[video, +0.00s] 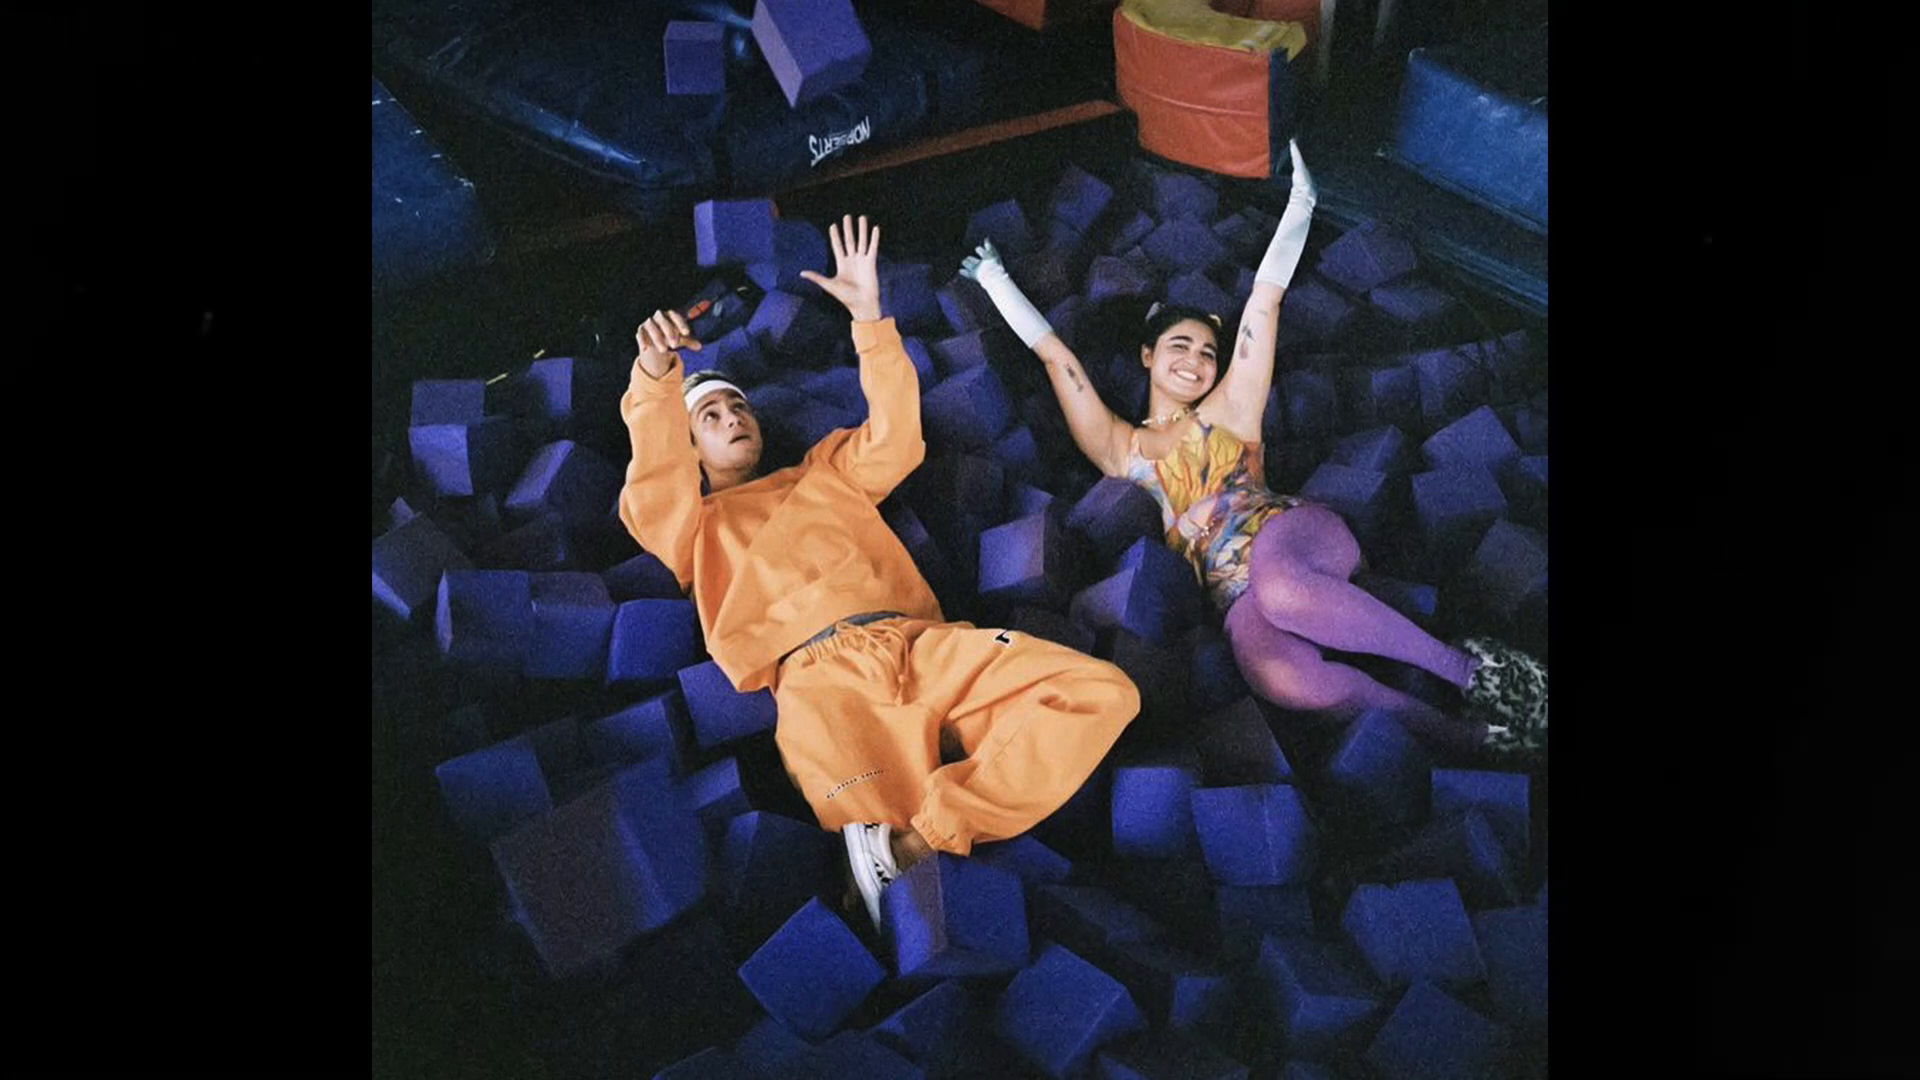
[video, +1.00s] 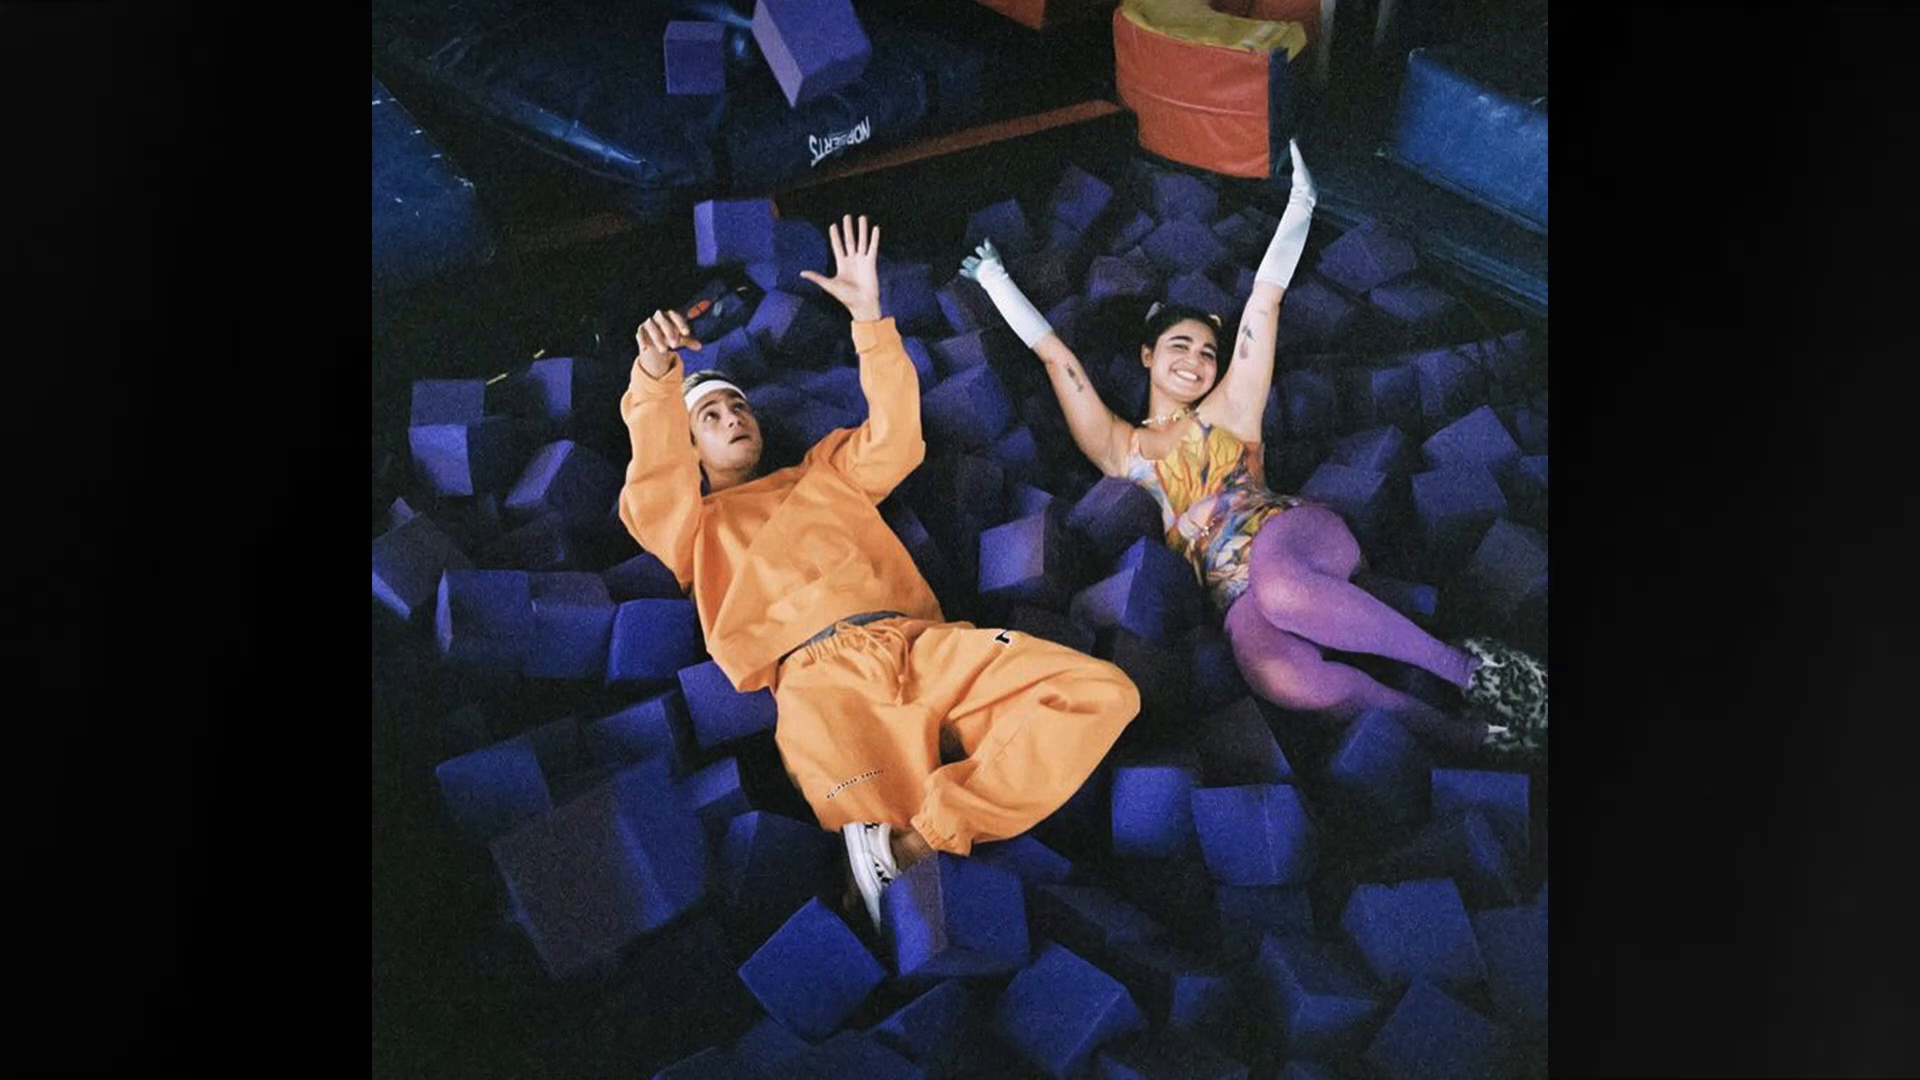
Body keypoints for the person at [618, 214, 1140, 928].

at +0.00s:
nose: (730, 418)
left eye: (738, 407)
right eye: (709, 415)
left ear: (761, 426)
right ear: (688, 449)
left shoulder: (827, 468)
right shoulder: (696, 525)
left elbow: (895, 435)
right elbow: (654, 477)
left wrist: (868, 317)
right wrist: (655, 374)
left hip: (917, 640)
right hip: (819, 673)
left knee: (1094, 693)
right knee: (880, 827)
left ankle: (915, 841)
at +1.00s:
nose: (730, 418)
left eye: (738, 407)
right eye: (709, 415)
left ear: (761, 426)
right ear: (688, 449)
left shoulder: (827, 468)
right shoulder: (696, 525)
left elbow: (895, 435)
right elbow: (654, 477)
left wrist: (868, 316)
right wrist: (655, 374)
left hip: (917, 640)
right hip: (819, 673)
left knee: (1094, 693)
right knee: (880, 826)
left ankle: (915, 841)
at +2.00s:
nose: (730, 418)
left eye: (738, 407)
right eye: (709, 415)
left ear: (761, 426)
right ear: (688, 448)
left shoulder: (827, 468)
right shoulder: (695, 525)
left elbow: (895, 436)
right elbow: (654, 477)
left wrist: (868, 317)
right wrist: (655, 373)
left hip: (918, 640)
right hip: (819, 673)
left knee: (1094, 692)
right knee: (880, 827)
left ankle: (917, 841)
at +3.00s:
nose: (731, 418)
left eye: (738, 406)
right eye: (709, 415)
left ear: (759, 424)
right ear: (687, 448)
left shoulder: (827, 468)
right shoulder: (695, 524)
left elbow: (895, 436)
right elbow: (654, 476)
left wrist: (868, 317)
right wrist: (655, 372)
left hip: (918, 640)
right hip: (820, 672)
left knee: (1094, 692)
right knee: (880, 828)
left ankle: (918, 840)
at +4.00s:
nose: (731, 418)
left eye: (738, 407)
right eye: (709, 415)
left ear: (760, 425)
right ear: (687, 449)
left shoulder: (827, 468)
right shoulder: (696, 525)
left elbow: (895, 436)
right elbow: (655, 477)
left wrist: (868, 317)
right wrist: (655, 373)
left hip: (918, 641)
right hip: (820, 673)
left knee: (1094, 692)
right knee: (884, 833)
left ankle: (916, 841)